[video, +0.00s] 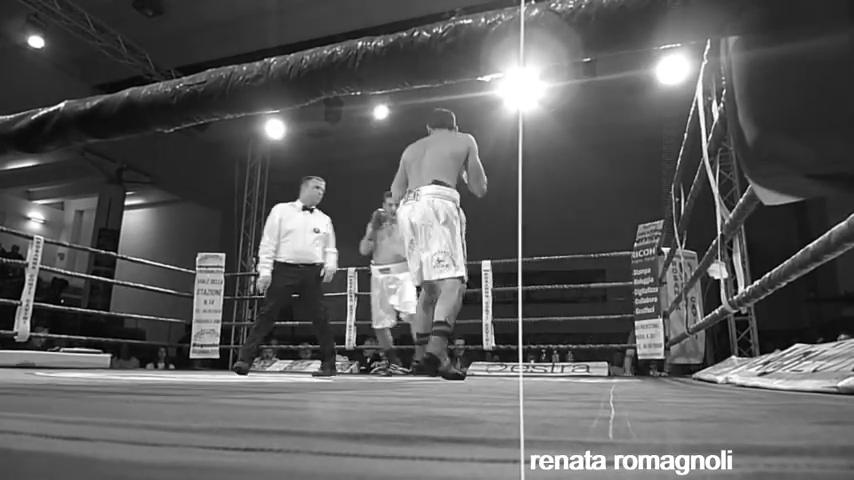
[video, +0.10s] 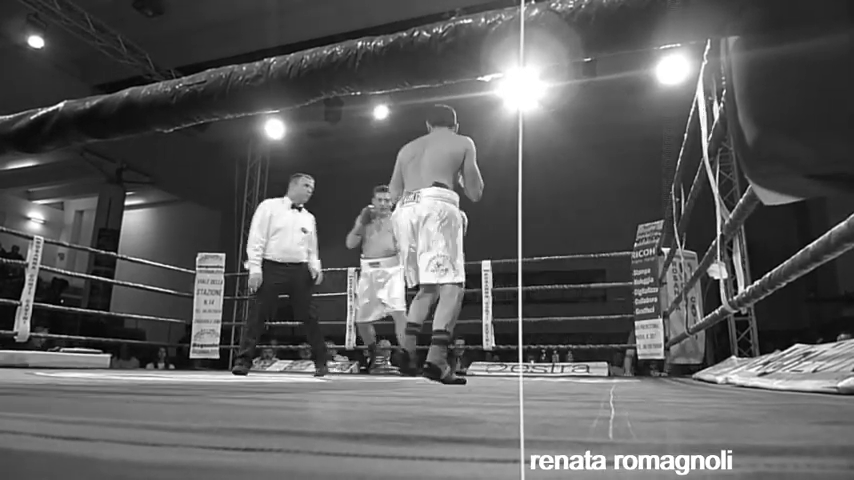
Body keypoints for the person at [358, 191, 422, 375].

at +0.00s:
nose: (393, 208)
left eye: (396, 205)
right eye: (390, 205)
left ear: (401, 205)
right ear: (383, 205)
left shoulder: (406, 221)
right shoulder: (376, 222)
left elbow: (416, 245)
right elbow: (364, 250)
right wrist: (373, 227)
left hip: (403, 269)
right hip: (379, 272)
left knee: (411, 314)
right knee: (381, 320)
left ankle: (420, 356)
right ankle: (391, 359)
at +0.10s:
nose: (384, 204)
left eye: (387, 200)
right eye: (380, 200)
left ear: (392, 201)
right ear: (373, 201)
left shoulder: (396, 219)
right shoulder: (366, 218)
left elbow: (405, 244)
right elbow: (350, 244)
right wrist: (362, 222)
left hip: (393, 266)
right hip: (369, 267)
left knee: (399, 311)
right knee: (362, 318)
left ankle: (407, 355)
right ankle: (374, 354)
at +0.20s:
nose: (365, 209)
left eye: (369, 205)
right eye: (361, 205)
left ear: (375, 206)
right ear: (354, 206)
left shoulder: (381, 222)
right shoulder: (349, 222)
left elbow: (397, 238)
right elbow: (334, 249)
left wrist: (385, 222)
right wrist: (344, 225)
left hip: (376, 272)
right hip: (352, 272)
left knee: (381, 317)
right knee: (339, 318)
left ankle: (390, 362)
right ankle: (334, 361)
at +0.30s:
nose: (356, 214)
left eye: (359, 210)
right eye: (353, 210)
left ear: (365, 212)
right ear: (345, 210)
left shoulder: (370, 228)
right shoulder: (339, 228)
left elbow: (380, 259)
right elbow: (325, 255)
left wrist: (374, 235)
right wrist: (336, 231)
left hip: (364, 277)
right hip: (340, 278)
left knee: (371, 317)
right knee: (329, 324)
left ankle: (386, 359)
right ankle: (331, 365)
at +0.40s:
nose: (350, 209)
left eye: (353, 205)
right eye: (346, 204)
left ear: (359, 206)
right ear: (339, 205)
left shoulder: (363, 224)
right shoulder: (331, 222)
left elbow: (371, 248)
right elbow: (319, 249)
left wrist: (369, 226)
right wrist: (330, 227)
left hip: (357, 271)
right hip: (334, 272)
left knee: (362, 312)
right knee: (325, 319)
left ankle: (368, 356)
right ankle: (330, 361)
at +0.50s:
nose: (343, 203)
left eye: (347, 199)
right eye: (340, 199)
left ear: (352, 201)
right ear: (333, 200)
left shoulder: (356, 218)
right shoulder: (325, 217)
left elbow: (361, 240)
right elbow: (309, 239)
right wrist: (321, 218)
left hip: (346, 262)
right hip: (324, 262)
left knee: (345, 311)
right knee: (314, 311)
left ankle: (344, 358)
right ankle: (318, 352)